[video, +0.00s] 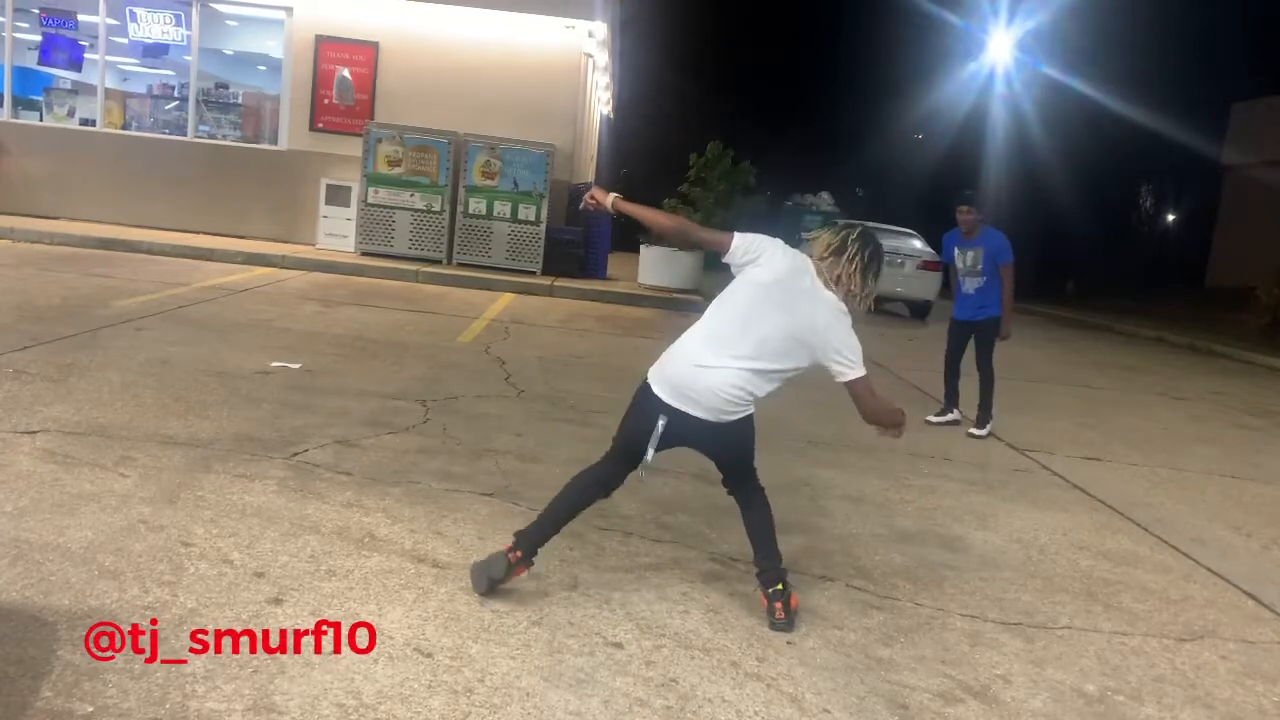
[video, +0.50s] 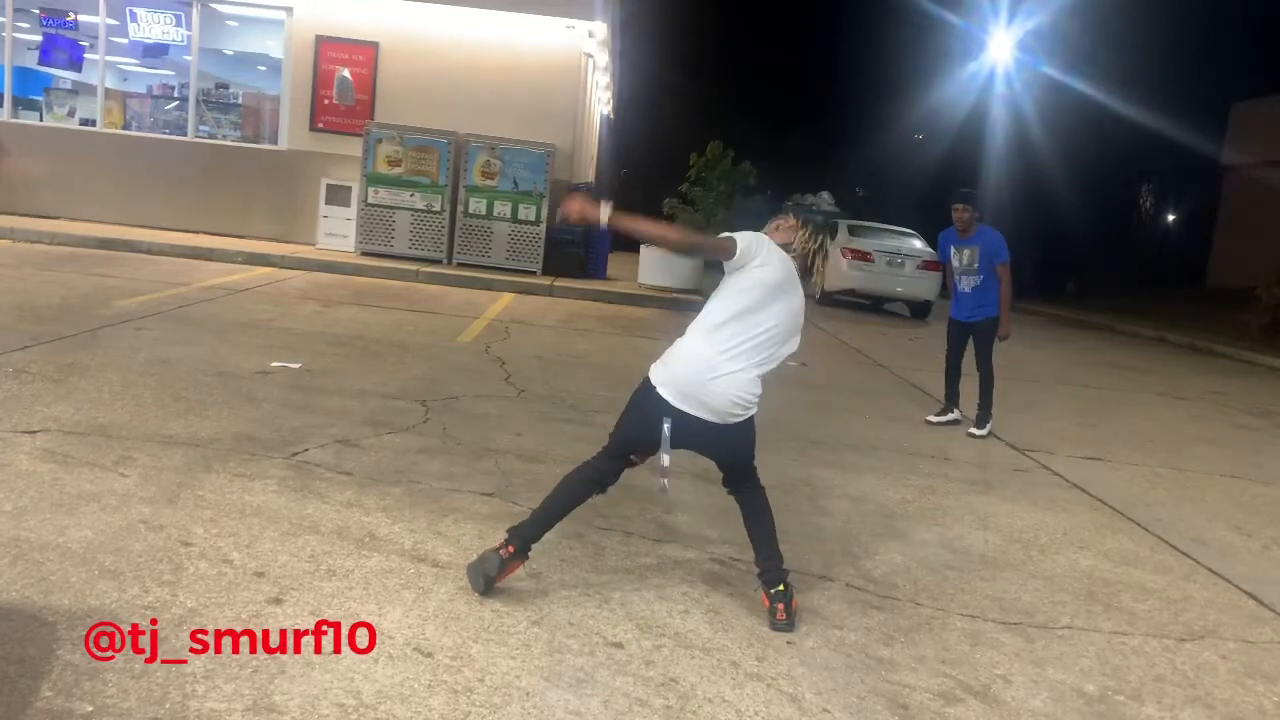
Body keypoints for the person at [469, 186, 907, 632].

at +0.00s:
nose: (862, 294)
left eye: (860, 282)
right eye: (865, 284)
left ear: (826, 250)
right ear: (856, 278)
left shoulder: (771, 252)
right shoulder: (834, 322)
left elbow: (687, 232)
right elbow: (871, 408)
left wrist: (617, 203)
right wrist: (894, 418)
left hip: (661, 391)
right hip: (724, 418)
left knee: (610, 468)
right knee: (746, 488)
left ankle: (520, 550)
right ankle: (776, 592)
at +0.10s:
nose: (859, 285)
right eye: (863, 276)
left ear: (821, 246)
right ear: (857, 272)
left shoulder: (774, 249)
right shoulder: (836, 316)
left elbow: (689, 229)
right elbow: (846, 410)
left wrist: (619, 201)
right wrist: (845, 425)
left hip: (665, 391)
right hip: (727, 420)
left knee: (612, 468)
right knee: (749, 489)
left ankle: (519, 546)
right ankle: (777, 594)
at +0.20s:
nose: (852, 289)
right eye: (856, 280)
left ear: (815, 244)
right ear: (852, 273)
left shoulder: (778, 247)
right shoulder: (832, 317)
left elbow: (693, 227)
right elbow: (793, 400)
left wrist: (619, 196)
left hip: (669, 389)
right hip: (732, 420)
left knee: (612, 465)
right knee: (756, 489)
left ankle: (521, 541)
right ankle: (779, 594)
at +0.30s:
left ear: (796, 237)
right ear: (830, 265)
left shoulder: (771, 246)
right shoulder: (813, 315)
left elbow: (694, 217)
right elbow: (778, 364)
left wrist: (620, 176)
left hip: (669, 394)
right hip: (733, 419)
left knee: (608, 468)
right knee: (753, 486)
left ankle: (515, 545)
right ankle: (778, 591)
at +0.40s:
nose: (776, 232)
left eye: (781, 230)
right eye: (780, 230)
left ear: (789, 239)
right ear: (819, 261)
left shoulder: (765, 249)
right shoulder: (803, 311)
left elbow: (694, 214)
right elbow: (776, 362)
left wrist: (620, 170)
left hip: (668, 396)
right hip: (729, 421)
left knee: (607, 469)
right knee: (749, 489)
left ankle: (513, 548)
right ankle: (777, 592)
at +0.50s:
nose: (773, 223)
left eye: (784, 222)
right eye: (779, 219)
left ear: (794, 238)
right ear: (811, 258)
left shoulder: (757, 246)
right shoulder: (797, 312)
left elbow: (686, 240)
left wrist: (601, 213)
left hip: (665, 394)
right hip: (727, 421)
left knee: (606, 464)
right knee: (747, 487)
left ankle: (512, 548)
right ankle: (778, 592)